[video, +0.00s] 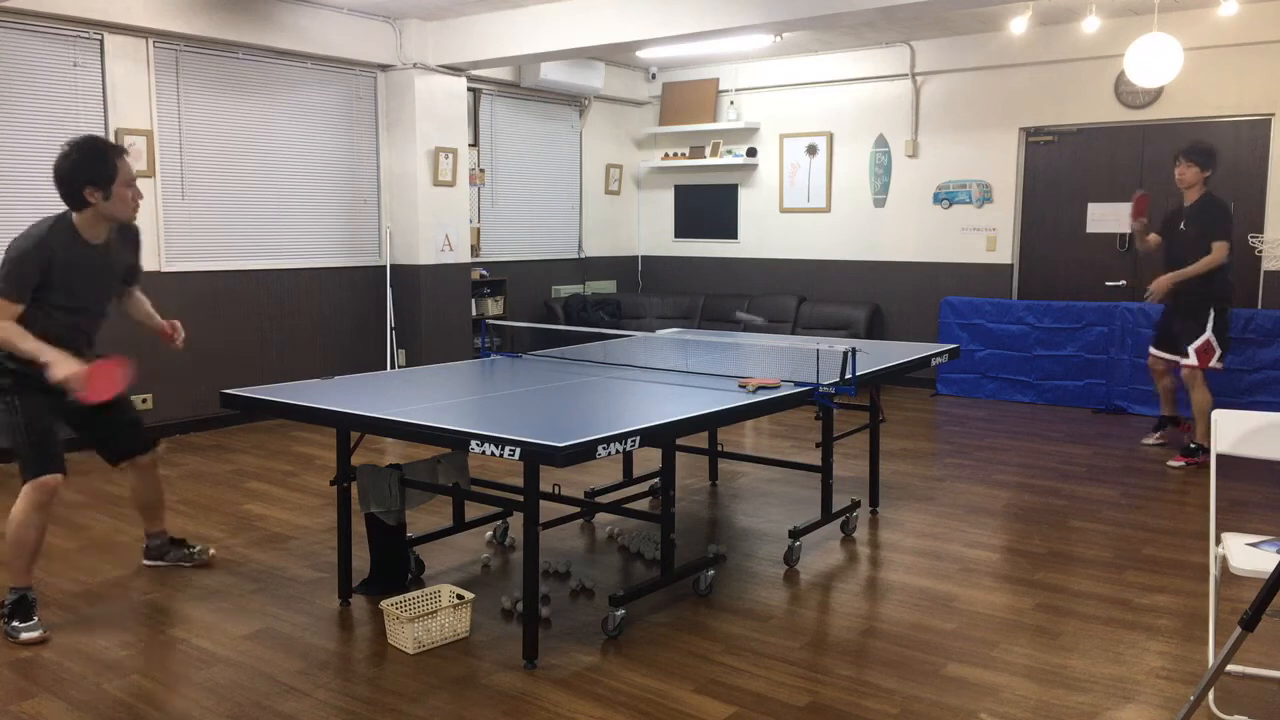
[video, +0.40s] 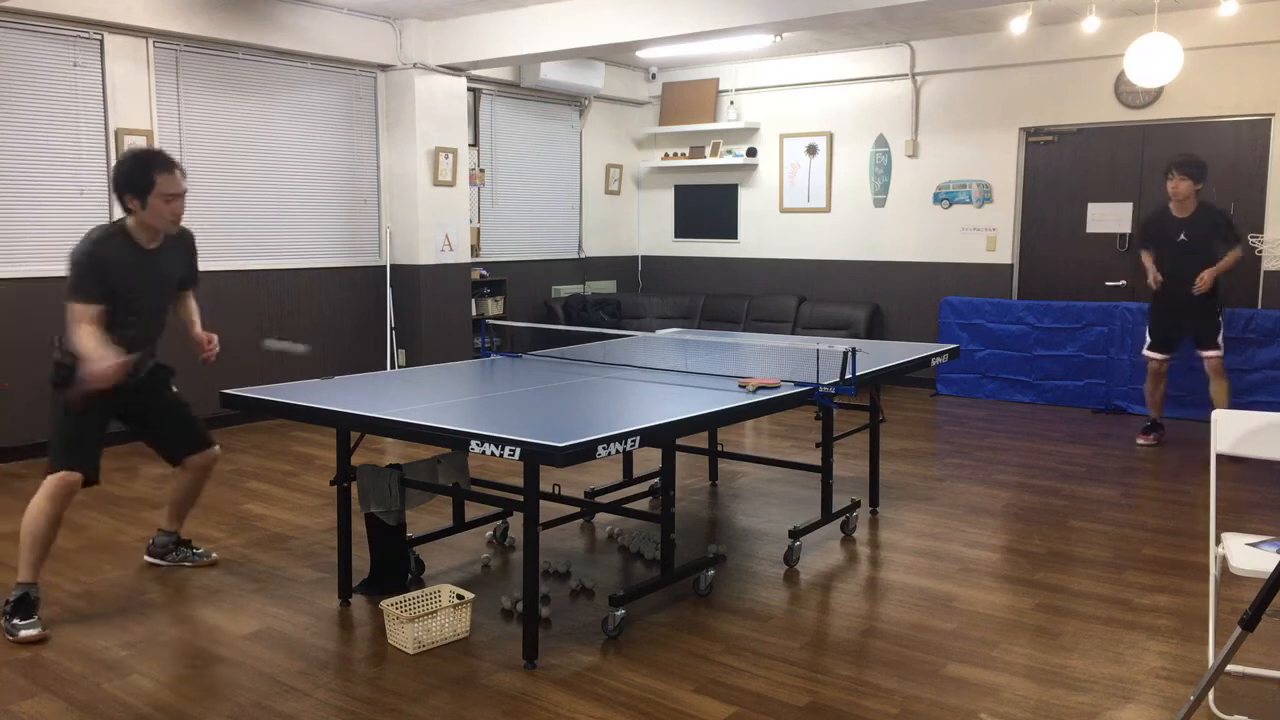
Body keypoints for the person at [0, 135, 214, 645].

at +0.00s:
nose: (138, 192)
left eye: (135, 181)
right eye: (128, 184)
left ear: (102, 193)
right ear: (93, 196)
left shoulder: (124, 238)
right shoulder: (36, 246)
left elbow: (125, 291)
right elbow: (2, 323)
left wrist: (158, 323)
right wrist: (51, 355)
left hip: (82, 367)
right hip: (23, 374)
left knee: (141, 451)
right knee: (45, 480)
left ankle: (158, 543)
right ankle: (18, 598)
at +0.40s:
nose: (181, 205)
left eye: (182, 195)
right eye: (171, 199)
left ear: (179, 193)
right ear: (135, 203)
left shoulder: (181, 242)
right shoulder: (97, 251)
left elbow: (184, 293)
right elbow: (83, 323)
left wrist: (197, 331)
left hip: (143, 370)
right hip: (87, 373)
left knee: (201, 454)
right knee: (66, 477)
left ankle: (167, 541)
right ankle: (24, 596)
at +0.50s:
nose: (192, 191)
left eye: (192, 180)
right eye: (181, 183)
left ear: (173, 185)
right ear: (147, 189)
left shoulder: (175, 229)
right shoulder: (122, 237)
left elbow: (167, 283)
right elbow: (153, 312)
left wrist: (195, 314)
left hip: (133, 366)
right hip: (78, 368)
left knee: (188, 450)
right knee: (63, 472)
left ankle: (165, 541)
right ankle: (23, 595)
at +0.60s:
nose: (201, 177)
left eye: (199, 167)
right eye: (191, 169)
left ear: (161, 177)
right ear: (157, 177)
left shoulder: (149, 221)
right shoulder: (141, 223)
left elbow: (148, 287)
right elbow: (218, 275)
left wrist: (198, 308)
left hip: (118, 359)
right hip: (68, 359)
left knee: (171, 446)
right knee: (57, 470)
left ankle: (163, 542)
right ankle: (15, 595)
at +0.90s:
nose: (172, 177)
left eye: (169, 166)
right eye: (162, 168)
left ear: (129, 179)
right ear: (130, 179)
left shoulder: (101, 220)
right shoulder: (110, 230)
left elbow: (71, 294)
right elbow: (172, 306)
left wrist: (129, 320)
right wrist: (231, 271)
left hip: (71, 374)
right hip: (40, 377)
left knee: (124, 456)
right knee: (78, 490)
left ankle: (153, 540)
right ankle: (20, 609)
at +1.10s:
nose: (147, 189)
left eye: (143, 179)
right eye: (136, 182)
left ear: (109, 194)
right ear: (105, 195)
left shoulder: (114, 244)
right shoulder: (62, 250)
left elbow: (102, 306)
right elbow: (88, 336)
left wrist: (151, 326)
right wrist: (165, 323)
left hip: (62, 387)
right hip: (21, 391)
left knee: (117, 465)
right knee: (63, 493)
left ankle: (84, 551)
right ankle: (16, 610)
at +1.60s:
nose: (138, 216)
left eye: (133, 207)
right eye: (127, 212)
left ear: (101, 224)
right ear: (94, 228)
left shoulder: (127, 260)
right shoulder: (52, 276)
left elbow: (131, 309)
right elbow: (22, 362)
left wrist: (160, 344)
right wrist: (90, 370)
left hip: (83, 384)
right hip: (30, 390)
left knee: (154, 453)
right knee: (59, 475)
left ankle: (121, 533)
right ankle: (12, 601)